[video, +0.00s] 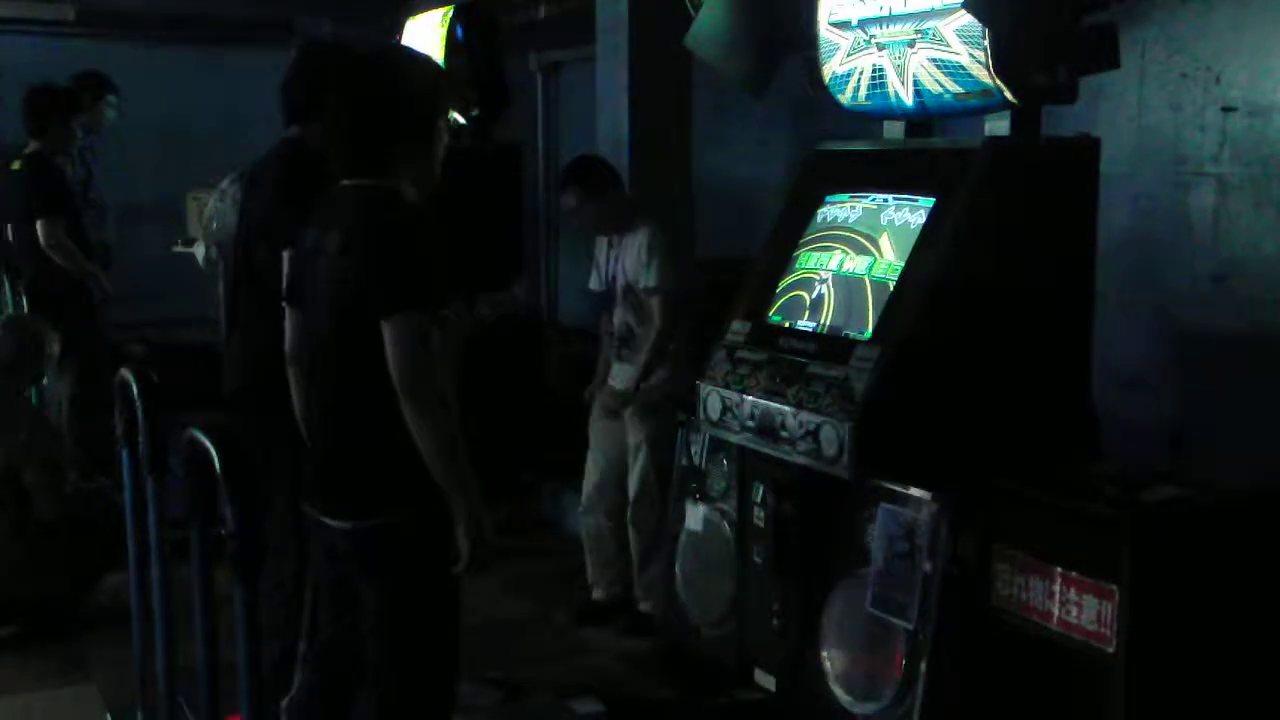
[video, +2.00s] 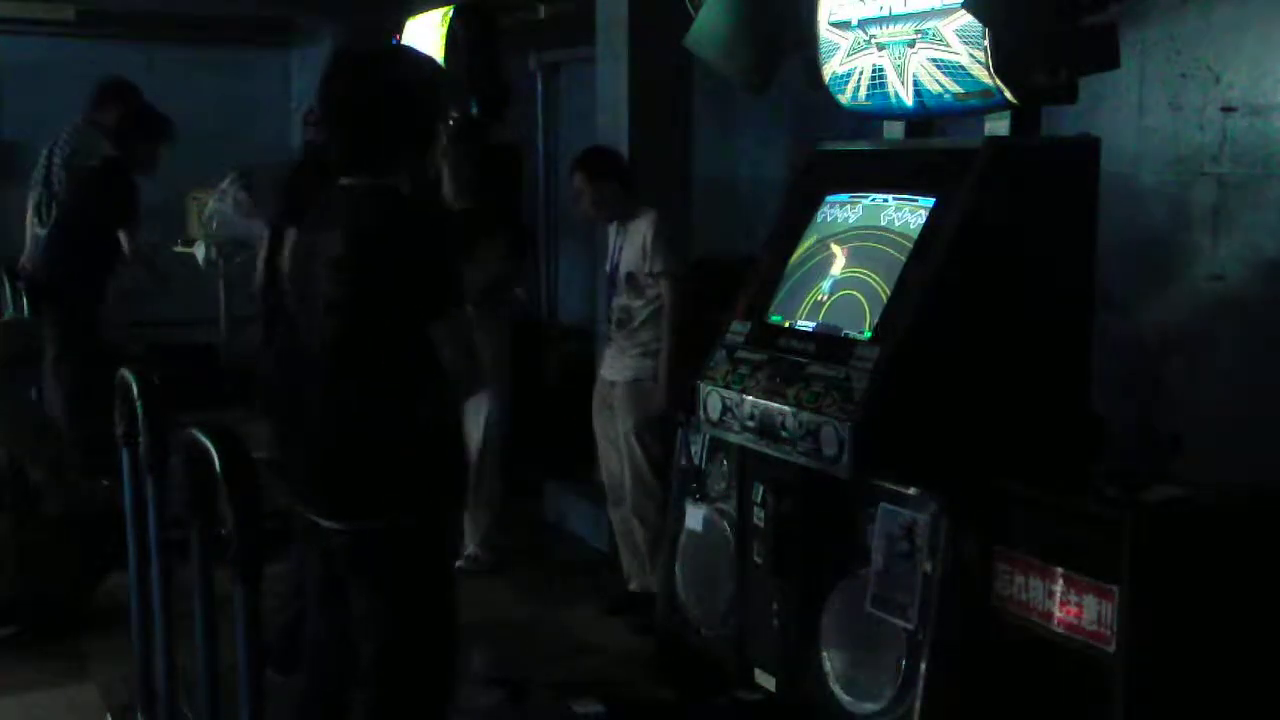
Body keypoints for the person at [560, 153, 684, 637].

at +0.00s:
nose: (576, 219)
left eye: (579, 208)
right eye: (572, 210)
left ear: (604, 198)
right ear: (588, 206)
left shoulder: (648, 239)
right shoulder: (604, 242)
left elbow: (663, 321)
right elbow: (608, 321)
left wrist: (636, 384)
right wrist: (601, 379)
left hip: (653, 386)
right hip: (615, 382)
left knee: (643, 499)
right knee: (598, 495)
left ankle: (651, 602)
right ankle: (605, 593)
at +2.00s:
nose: (582, 203)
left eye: (586, 192)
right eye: (579, 194)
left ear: (610, 188)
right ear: (595, 192)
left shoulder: (649, 230)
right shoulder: (615, 233)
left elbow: (668, 304)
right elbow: (619, 308)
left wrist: (665, 380)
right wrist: (607, 365)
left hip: (641, 375)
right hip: (611, 372)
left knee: (642, 484)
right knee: (616, 482)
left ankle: (654, 586)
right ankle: (633, 580)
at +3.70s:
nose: (596, 183)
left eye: (601, 173)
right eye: (596, 173)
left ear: (617, 178)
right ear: (633, 176)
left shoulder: (644, 229)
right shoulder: (636, 228)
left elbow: (634, 315)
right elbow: (628, 314)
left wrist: (612, 385)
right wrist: (608, 377)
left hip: (634, 383)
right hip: (625, 380)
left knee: (639, 494)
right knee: (629, 490)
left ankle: (651, 589)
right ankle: (638, 582)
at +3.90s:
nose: (599, 181)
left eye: (604, 172)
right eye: (599, 172)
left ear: (620, 177)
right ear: (635, 176)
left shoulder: (643, 231)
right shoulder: (638, 228)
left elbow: (632, 317)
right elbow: (624, 317)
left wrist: (612, 389)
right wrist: (603, 378)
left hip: (635, 389)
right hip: (623, 384)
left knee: (637, 494)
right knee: (618, 488)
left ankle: (651, 588)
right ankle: (634, 578)